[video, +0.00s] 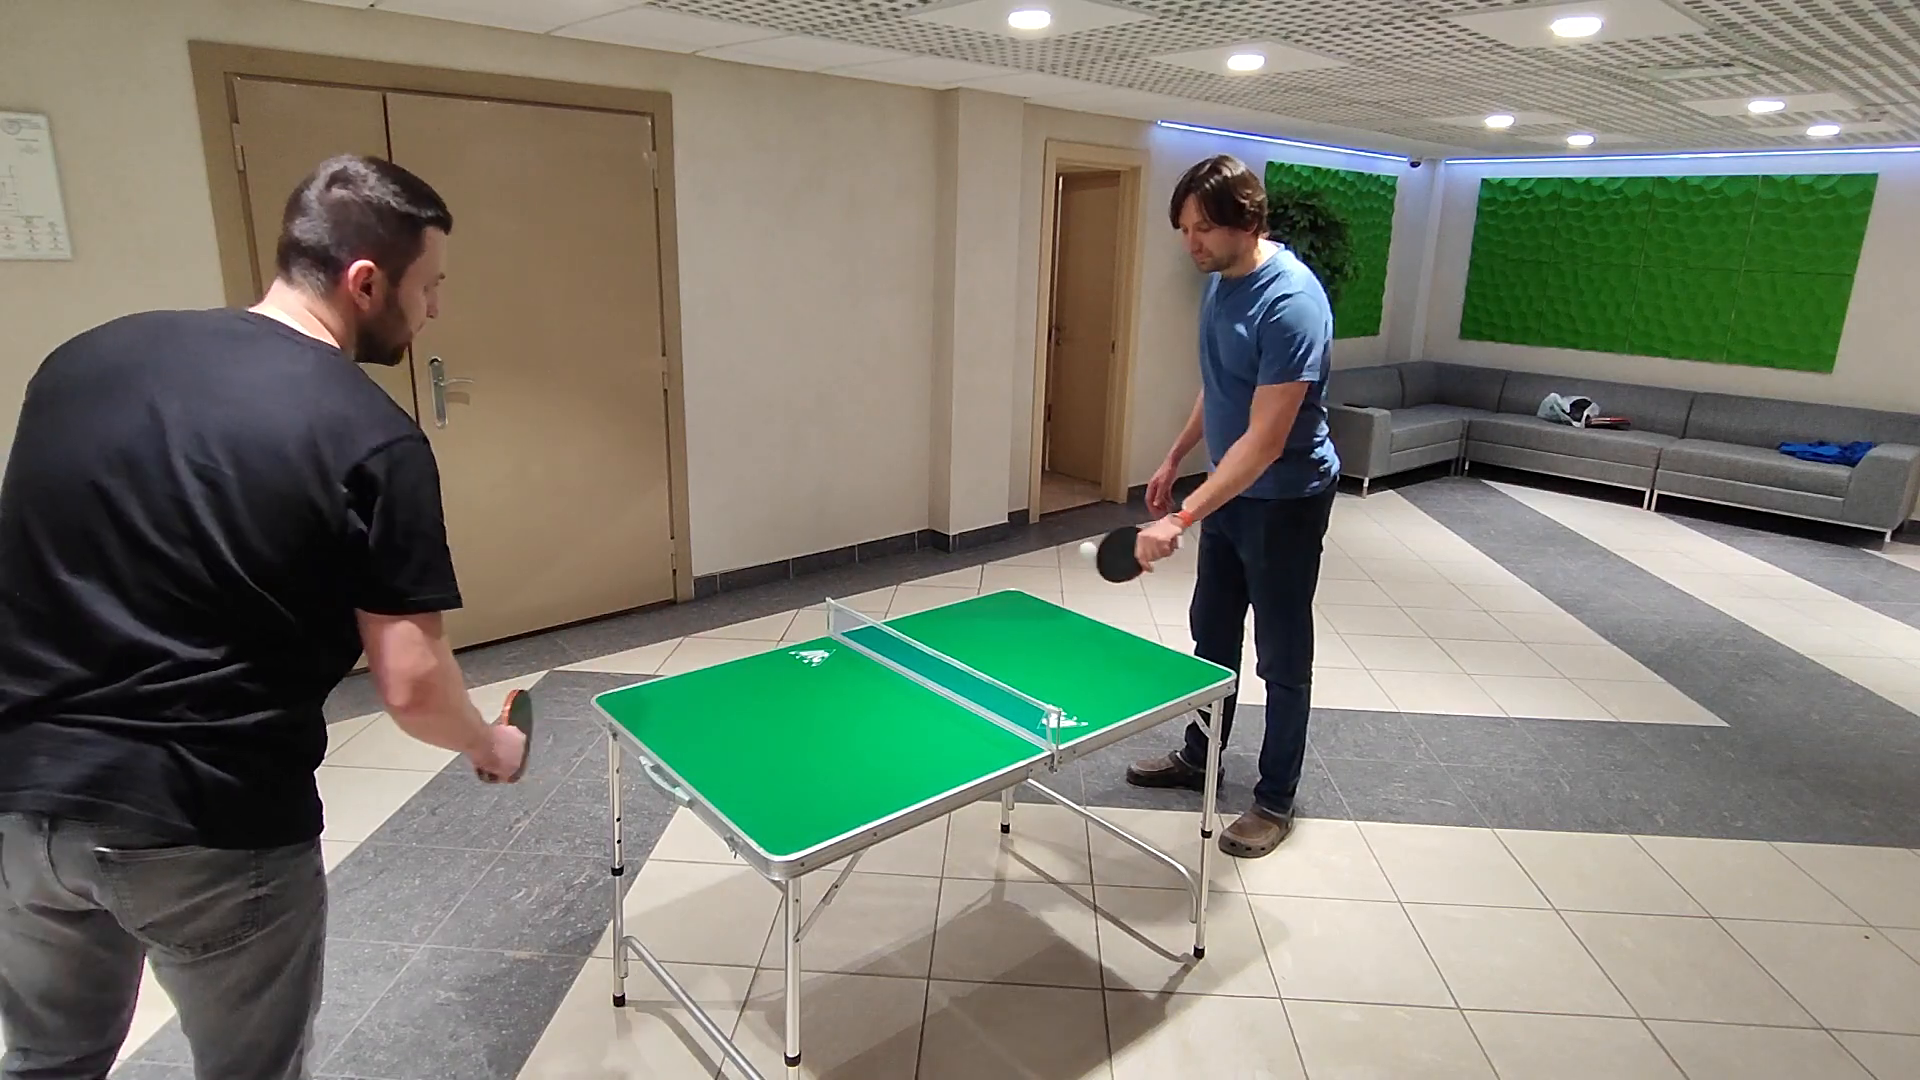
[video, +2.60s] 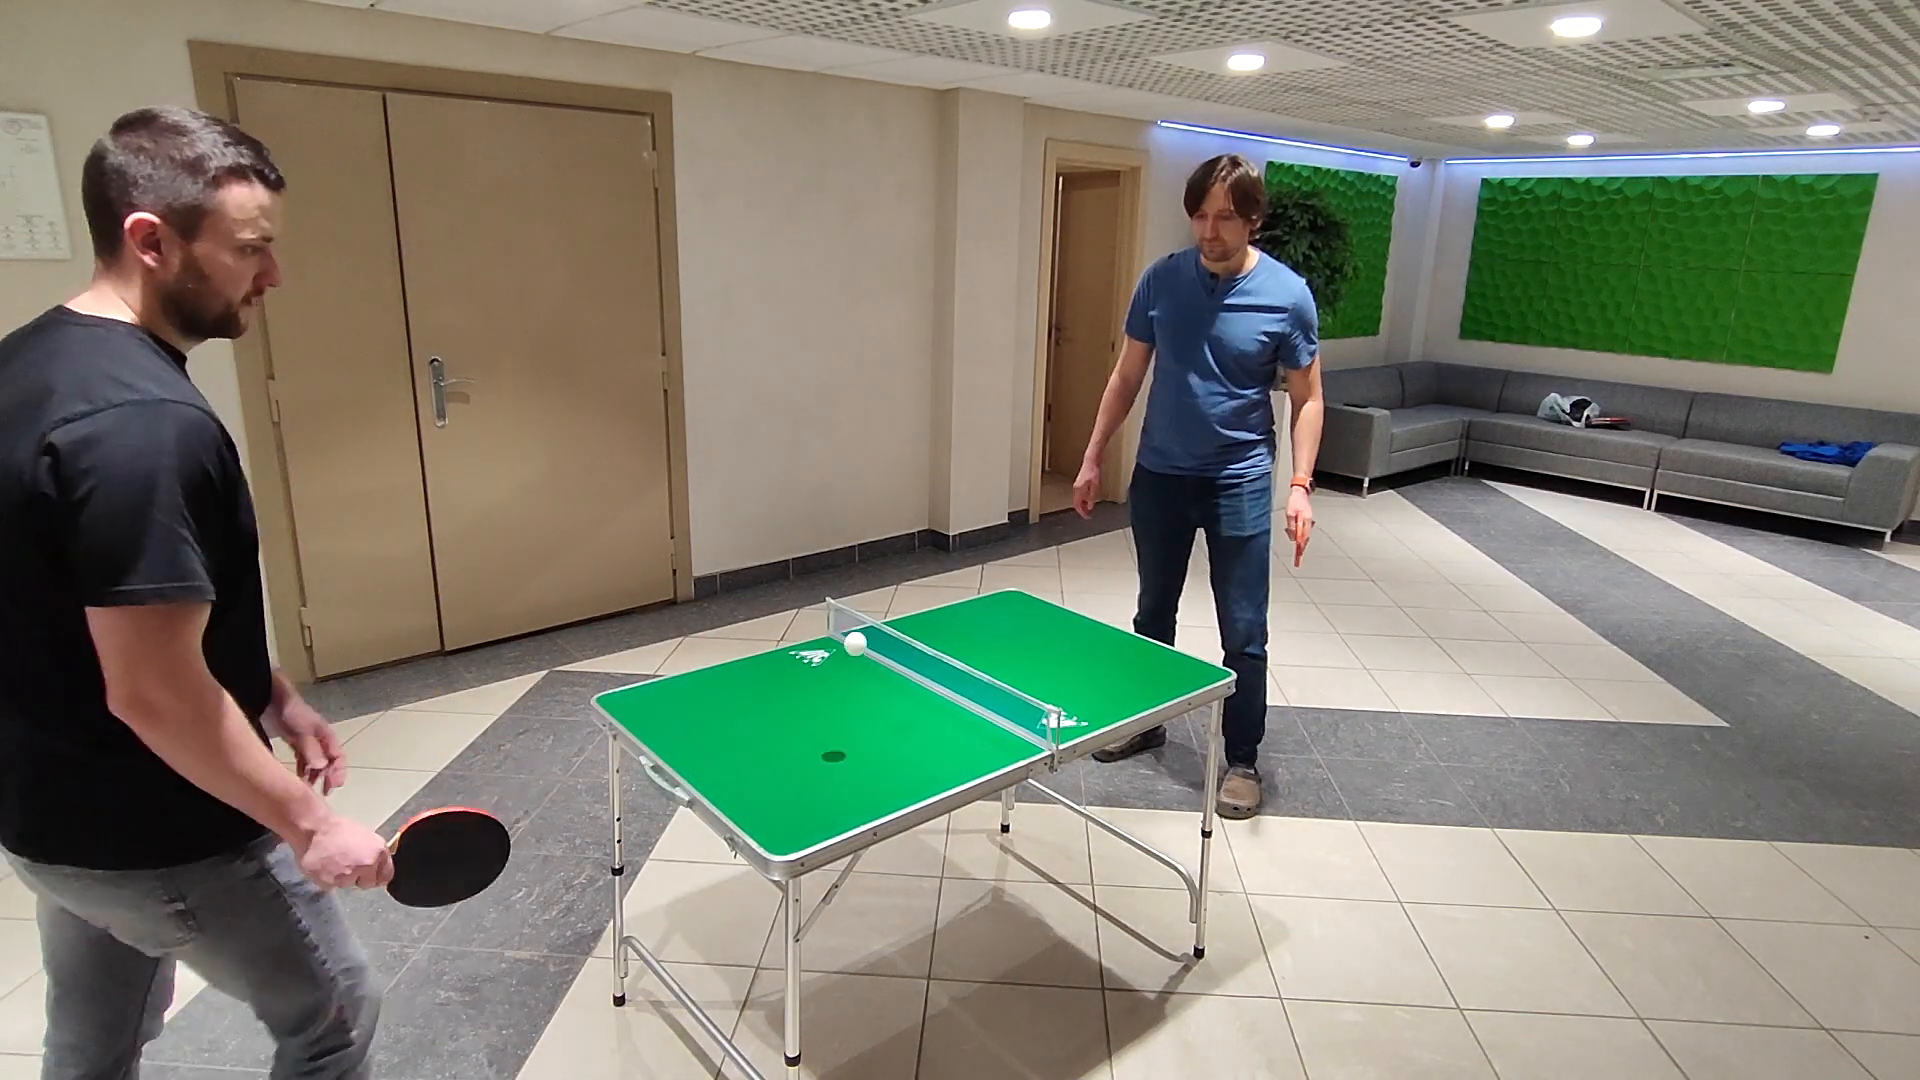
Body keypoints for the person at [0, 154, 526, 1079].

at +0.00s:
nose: (435, 310)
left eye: (439, 287)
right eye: (430, 286)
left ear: (287, 260)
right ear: (364, 281)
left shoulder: (84, 357)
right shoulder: (374, 436)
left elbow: (36, 569)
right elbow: (412, 681)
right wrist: (486, 745)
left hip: (30, 791)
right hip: (209, 818)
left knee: (44, 1063)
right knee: (252, 1066)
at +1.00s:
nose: (305, 280)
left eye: (310, 255)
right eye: (296, 251)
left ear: (203, 234)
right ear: (214, 238)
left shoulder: (15, 347)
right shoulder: (249, 396)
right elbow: (342, 637)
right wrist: (451, 723)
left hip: (28, 797)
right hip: (195, 811)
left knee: (89, 1061)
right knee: (239, 1064)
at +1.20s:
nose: (254, 254)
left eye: (254, 228)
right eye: (237, 227)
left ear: (143, 222)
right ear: (147, 221)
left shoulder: (9, 344)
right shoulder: (184, 390)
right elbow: (220, 643)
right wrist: (333, 744)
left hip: (37, 799)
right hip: (180, 821)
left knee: (86, 1055)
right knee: (237, 1064)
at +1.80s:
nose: (241, 279)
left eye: (243, 252)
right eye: (218, 245)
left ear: (113, 230)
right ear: (118, 227)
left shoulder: (20, 341)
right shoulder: (116, 389)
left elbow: (69, 574)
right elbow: (226, 619)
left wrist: (225, 670)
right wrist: (382, 723)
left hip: (31, 812)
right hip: (143, 834)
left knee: (69, 1054)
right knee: (226, 1060)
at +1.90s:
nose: (285, 299)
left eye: (287, 270)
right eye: (268, 265)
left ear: (165, 245)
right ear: (170, 244)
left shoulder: (13, 349)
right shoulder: (170, 413)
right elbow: (341, 626)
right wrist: (499, 732)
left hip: (19, 831)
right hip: (141, 849)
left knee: (61, 1065)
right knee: (219, 1064)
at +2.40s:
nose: (330, 293)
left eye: (330, 265)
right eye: (313, 263)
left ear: (213, 249)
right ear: (218, 251)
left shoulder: (25, 354)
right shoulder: (219, 423)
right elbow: (280, 693)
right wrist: (433, 812)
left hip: (25, 823)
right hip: (169, 853)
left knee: (91, 1056)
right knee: (231, 1066)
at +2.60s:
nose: (274, 276)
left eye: (271, 247)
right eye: (252, 247)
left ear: (148, 244)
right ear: (150, 241)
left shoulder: (33, 359)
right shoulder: (142, 422)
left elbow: (163, 578)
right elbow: (155, 692)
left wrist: (273, 696)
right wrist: (310, 824)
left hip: (55, 815)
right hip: (174, 839)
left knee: (92, 1047)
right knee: (334, 1021)